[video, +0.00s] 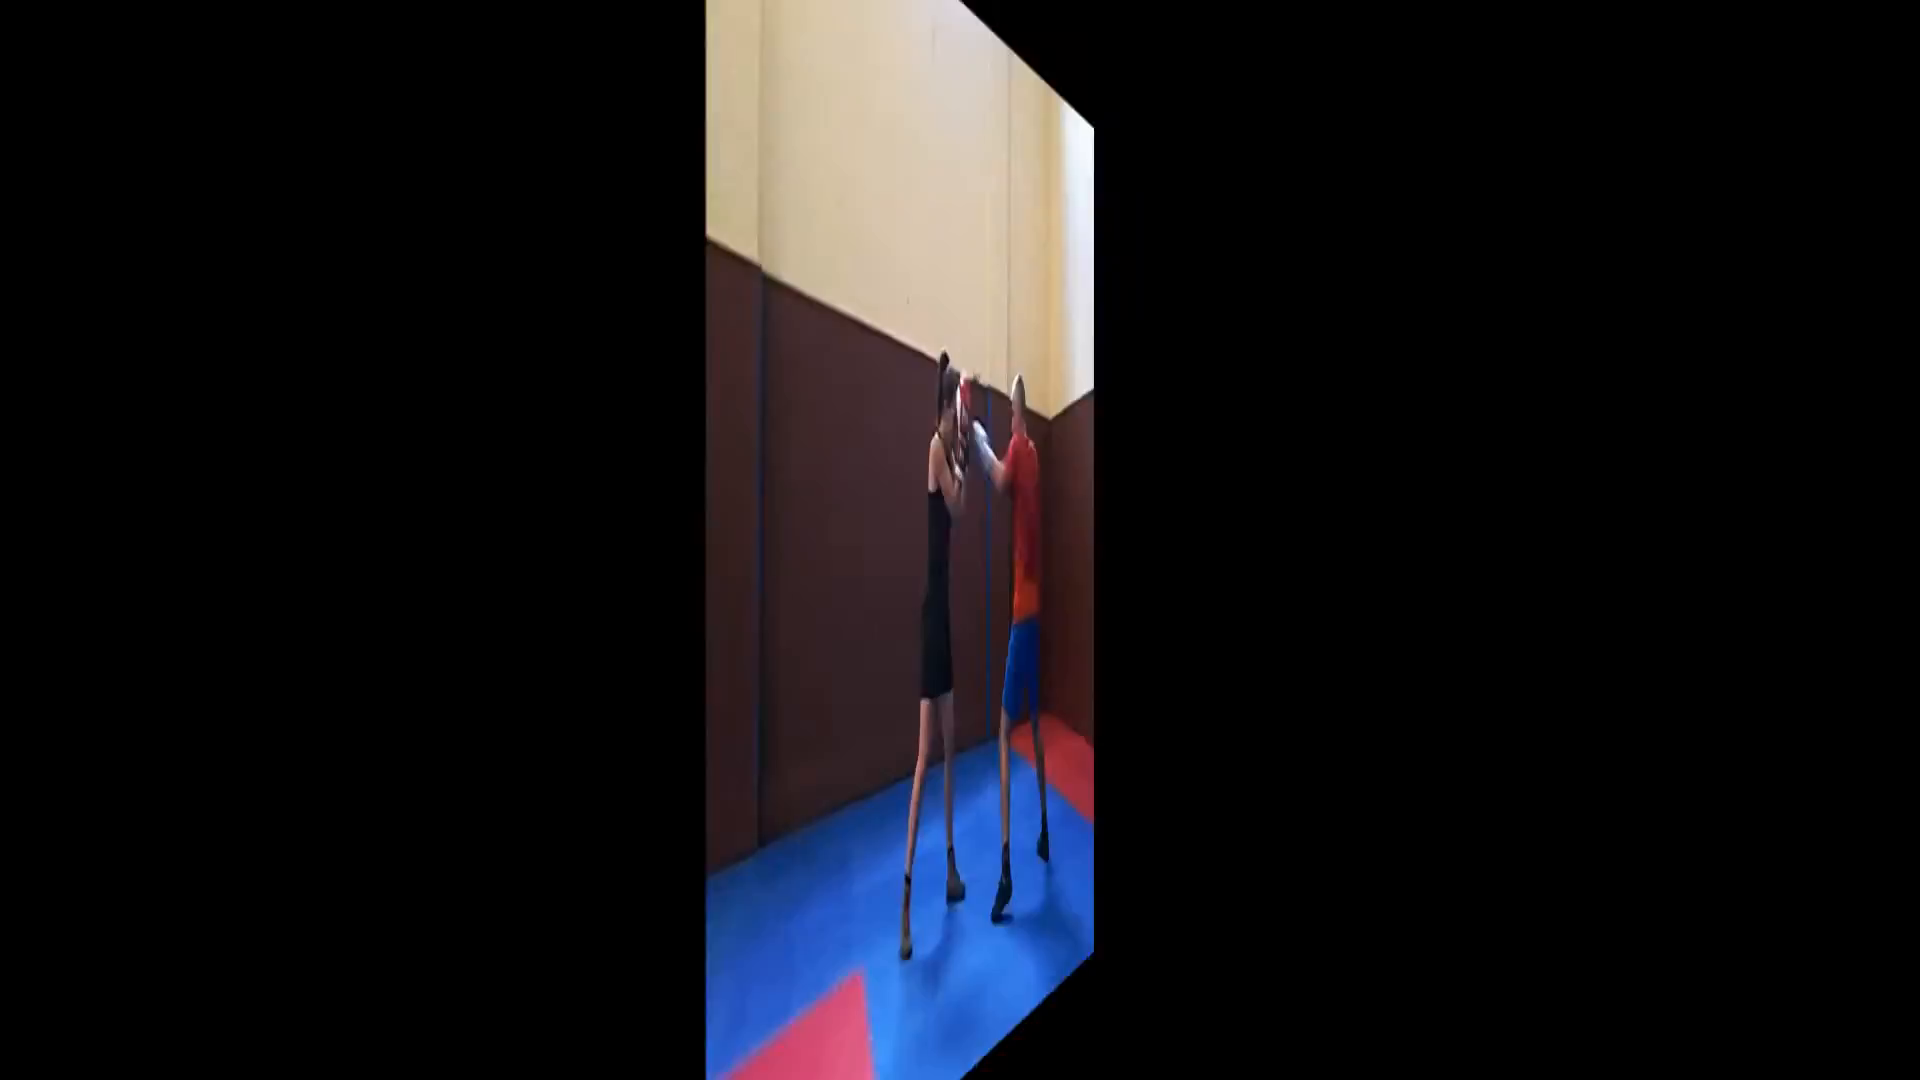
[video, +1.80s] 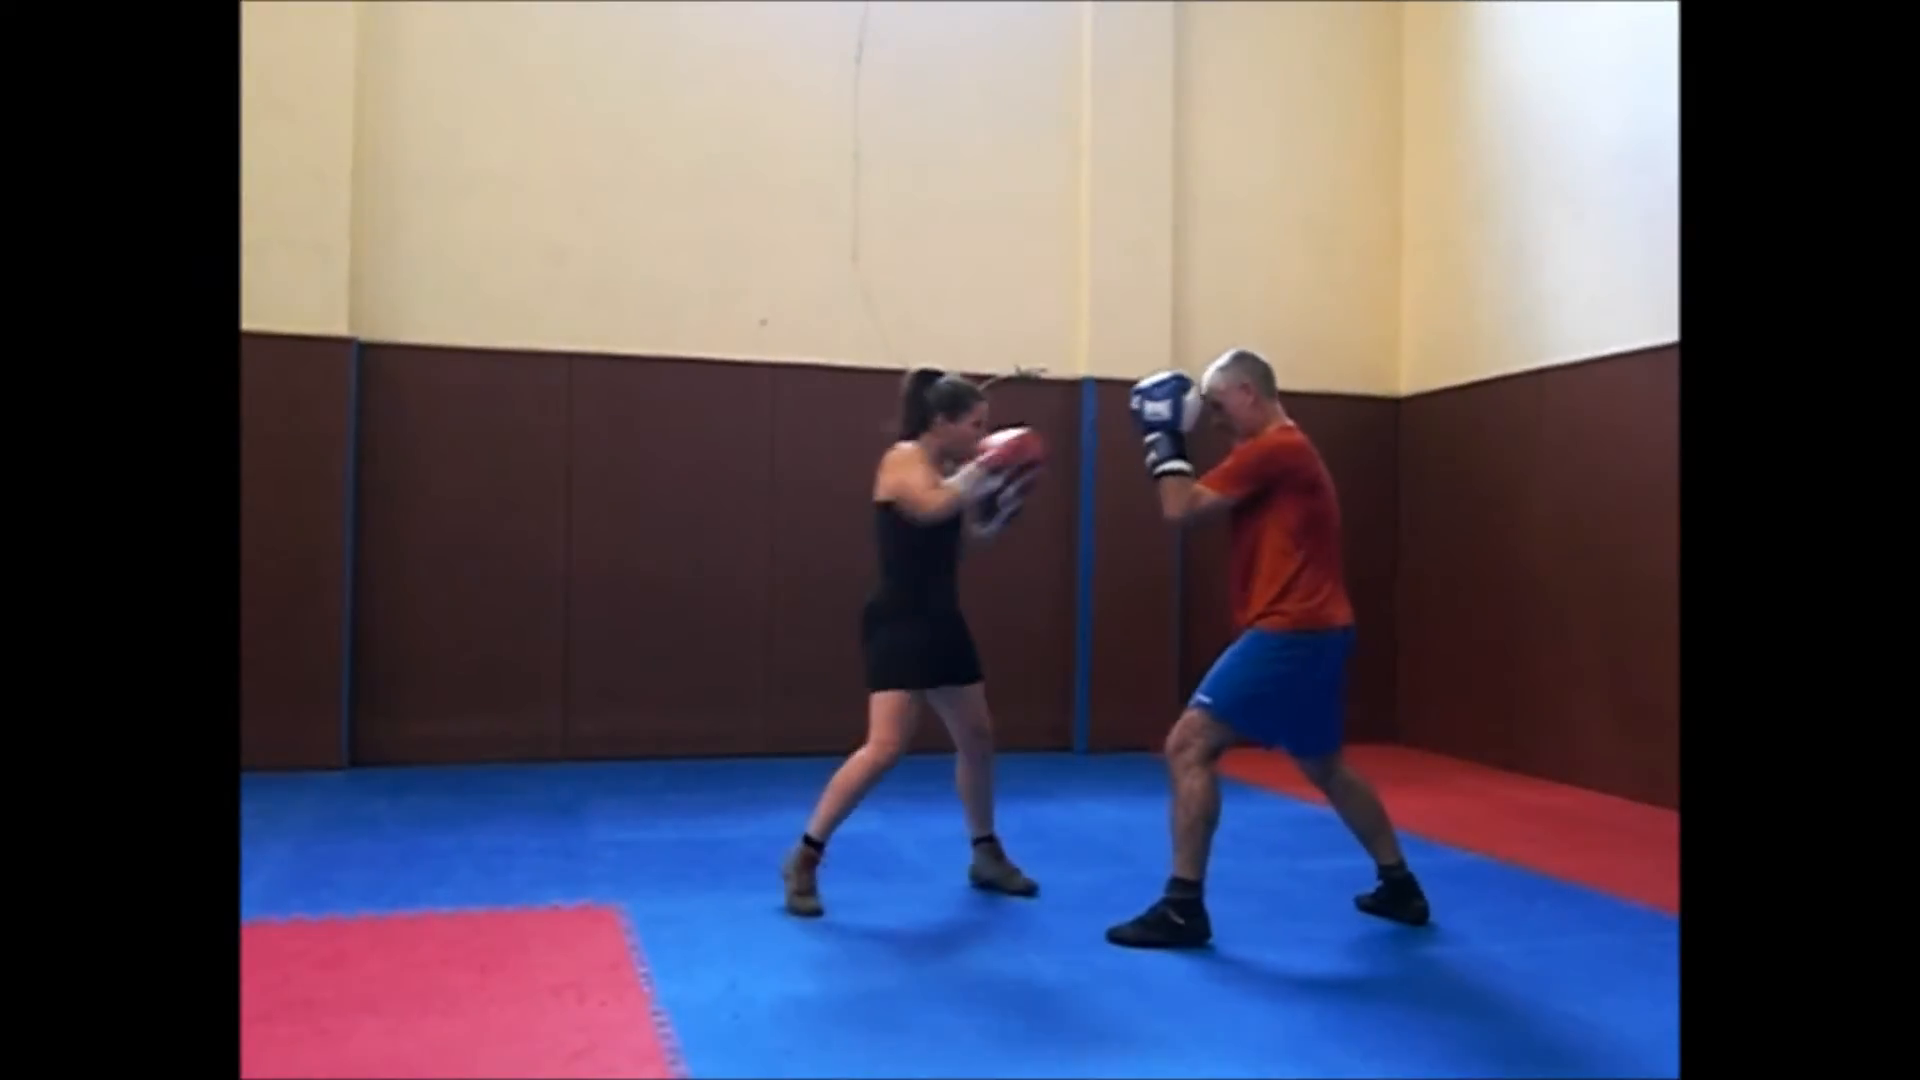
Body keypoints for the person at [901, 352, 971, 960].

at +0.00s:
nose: (966, 418)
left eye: (968, 410)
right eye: (960, 407)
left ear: (969, 424)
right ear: (947, 411)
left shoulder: (966, 460)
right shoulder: (938, 459)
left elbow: (994, 488)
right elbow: (959, 501)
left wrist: (979, 440)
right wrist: (960, 447)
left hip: (949, 619)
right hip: (933, 620)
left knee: (949, 748)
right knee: (925, 753)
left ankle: (949, 857)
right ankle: (908, 867)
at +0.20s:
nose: (935, 432)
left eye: (938, 422)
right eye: (930, 422)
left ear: (924, 418)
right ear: (907, 414)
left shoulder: (911, 457)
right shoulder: (888, 453)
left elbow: (954, 489)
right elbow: (941, 489)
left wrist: (957, 428)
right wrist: (954, 432)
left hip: (912, 618)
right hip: (886, 619)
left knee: (936, 740)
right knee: (865, 759)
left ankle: (938, 864)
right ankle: (827, 892)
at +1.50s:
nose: (928, 428)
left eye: (931, 418)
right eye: (922, 417)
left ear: (902, 419)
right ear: (889, 415)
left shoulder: (904, 466)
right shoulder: (851, 464)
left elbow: (946, 530)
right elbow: (889, 534)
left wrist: (969, 484)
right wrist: (928, 487)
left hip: (909, 620)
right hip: (859, 627)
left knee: (984, 712)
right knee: (844, 750)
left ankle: (979, 829)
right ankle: (799, 867)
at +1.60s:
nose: (942, 424)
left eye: (944, 414)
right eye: (933, 413)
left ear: (935, 416)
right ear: (896, 413)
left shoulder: (941, 451)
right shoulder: (859, 456)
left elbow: (1019, 471)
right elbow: (866, 534)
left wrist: (1060, 437)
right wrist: (918, 486)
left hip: (930, 614)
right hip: (872, 617)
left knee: (974, 729)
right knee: (850, 741)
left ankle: (992, 844)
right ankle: (803, 862)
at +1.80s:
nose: (981, 435)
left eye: (982, 426)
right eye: (974, 425)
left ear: (950, 425)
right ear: (942, 422)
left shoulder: (946, 470)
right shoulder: (902, 460)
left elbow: (970, 534)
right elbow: (930, 504)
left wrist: (1003, 499)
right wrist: (984, 467)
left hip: (940, 621)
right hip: (898, 622)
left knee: (976, 737)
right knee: (884, 745)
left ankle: (987, 856)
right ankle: (805, 857)